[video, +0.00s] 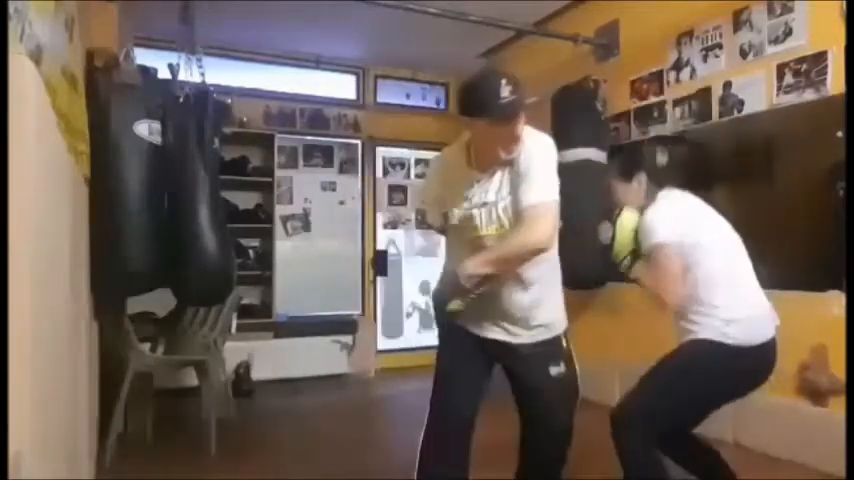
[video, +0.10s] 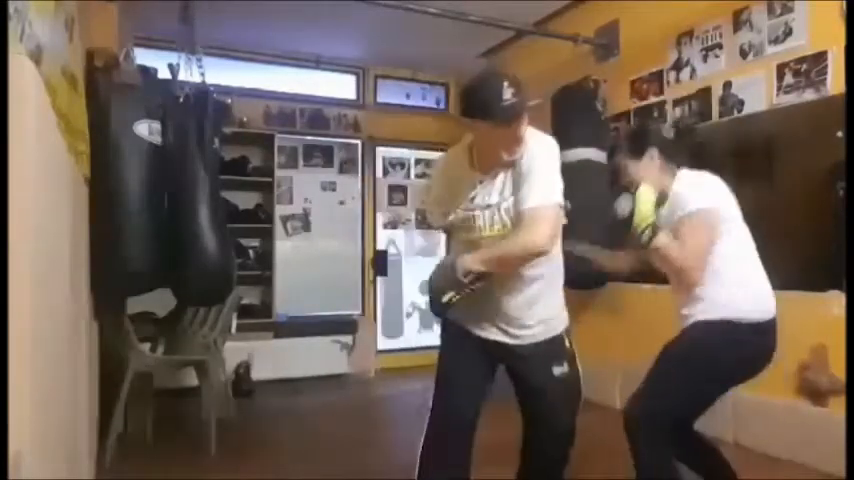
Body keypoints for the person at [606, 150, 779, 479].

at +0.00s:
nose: (615, 198)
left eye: (617, 187)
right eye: (612, 188)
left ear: (639, 180)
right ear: (645, 181)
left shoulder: (659, 214)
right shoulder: (684, 202)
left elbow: (671, 294)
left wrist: (633, 264)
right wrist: (638, 256)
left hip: (724, 347)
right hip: (754, 345)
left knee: (629, 420)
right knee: (665, 427)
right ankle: (720, 473)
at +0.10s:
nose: (626, 182)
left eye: (627, 170)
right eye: (622, 173)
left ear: (652, 157)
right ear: (651, 160)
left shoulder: (698, 188)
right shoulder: (672, 201)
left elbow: (690, 272)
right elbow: (637, 263)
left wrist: (652, 231)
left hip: (730, 328)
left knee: (644, 417)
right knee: (669, 424)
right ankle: (722, 473)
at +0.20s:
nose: (628, 169)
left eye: (632, 158)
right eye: (624, 162)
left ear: (660, 149)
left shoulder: (702, 181)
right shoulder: (661, 199)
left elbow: (689, 263)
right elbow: (602, 233)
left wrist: (649, 218)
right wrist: (548, 210)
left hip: (742, 315)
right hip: (719, 317)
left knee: (663, 414)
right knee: (666, 416)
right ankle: (720, 471)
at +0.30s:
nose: (627, 172)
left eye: (629, 161)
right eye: (623, 165)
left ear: (656, 150)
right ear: (656, 153)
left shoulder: (686, 183)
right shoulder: (686, 183)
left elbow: (675, 266)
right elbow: (679, 255)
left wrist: (643, 218)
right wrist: (638, 249)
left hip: (736, 317)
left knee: (661, 414)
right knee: (676, 416)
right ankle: (728, 473)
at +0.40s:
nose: (618, 187)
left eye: (621, 176)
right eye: (615, 179)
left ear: (645, 168)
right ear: (648, 170)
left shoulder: (665, 200)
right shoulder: (685, 191)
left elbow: (656, 278)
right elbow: (692, 278)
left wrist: (626, 236)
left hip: (737, 325)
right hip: (766, 322)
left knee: (658, 417)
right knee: (686, 420)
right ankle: (730, 473)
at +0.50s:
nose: (616, 220)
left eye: (617, 210)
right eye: (613, 212)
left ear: (633, 204)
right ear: (656, 197)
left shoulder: (649, 231)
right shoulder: (688, 219)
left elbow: (642, 311)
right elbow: (678, 307)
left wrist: (617, 276)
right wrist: (632, 268)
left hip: (737, 345)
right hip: (783, 342)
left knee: (652, 422)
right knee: (689, 424)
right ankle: (731, 473)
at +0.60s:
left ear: (645, 221)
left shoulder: (646, 266)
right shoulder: (707, 246)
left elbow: (627, 359)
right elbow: (675, 337)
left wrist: (609, 314)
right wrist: (632, 295)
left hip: (746, 361)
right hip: (792, 360)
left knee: (650, 424)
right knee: (692, 428)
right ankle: (729, 474)